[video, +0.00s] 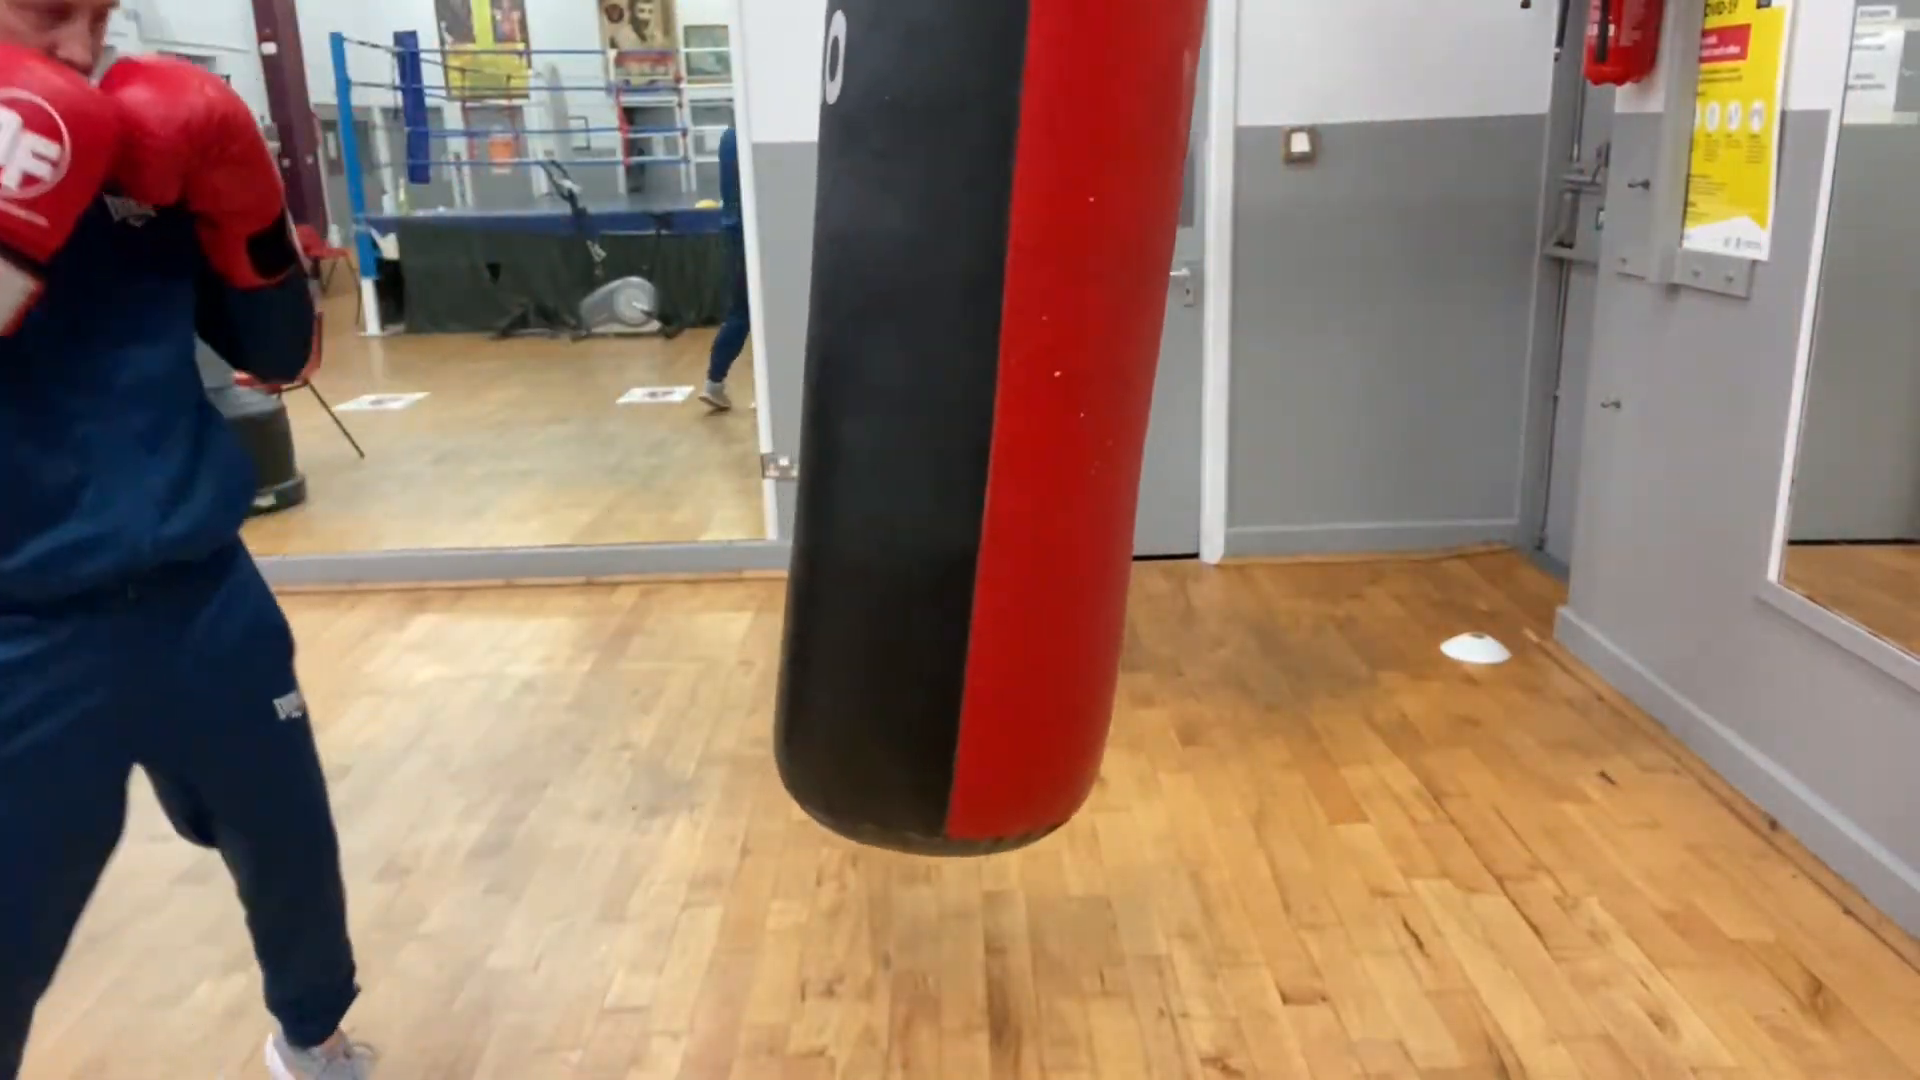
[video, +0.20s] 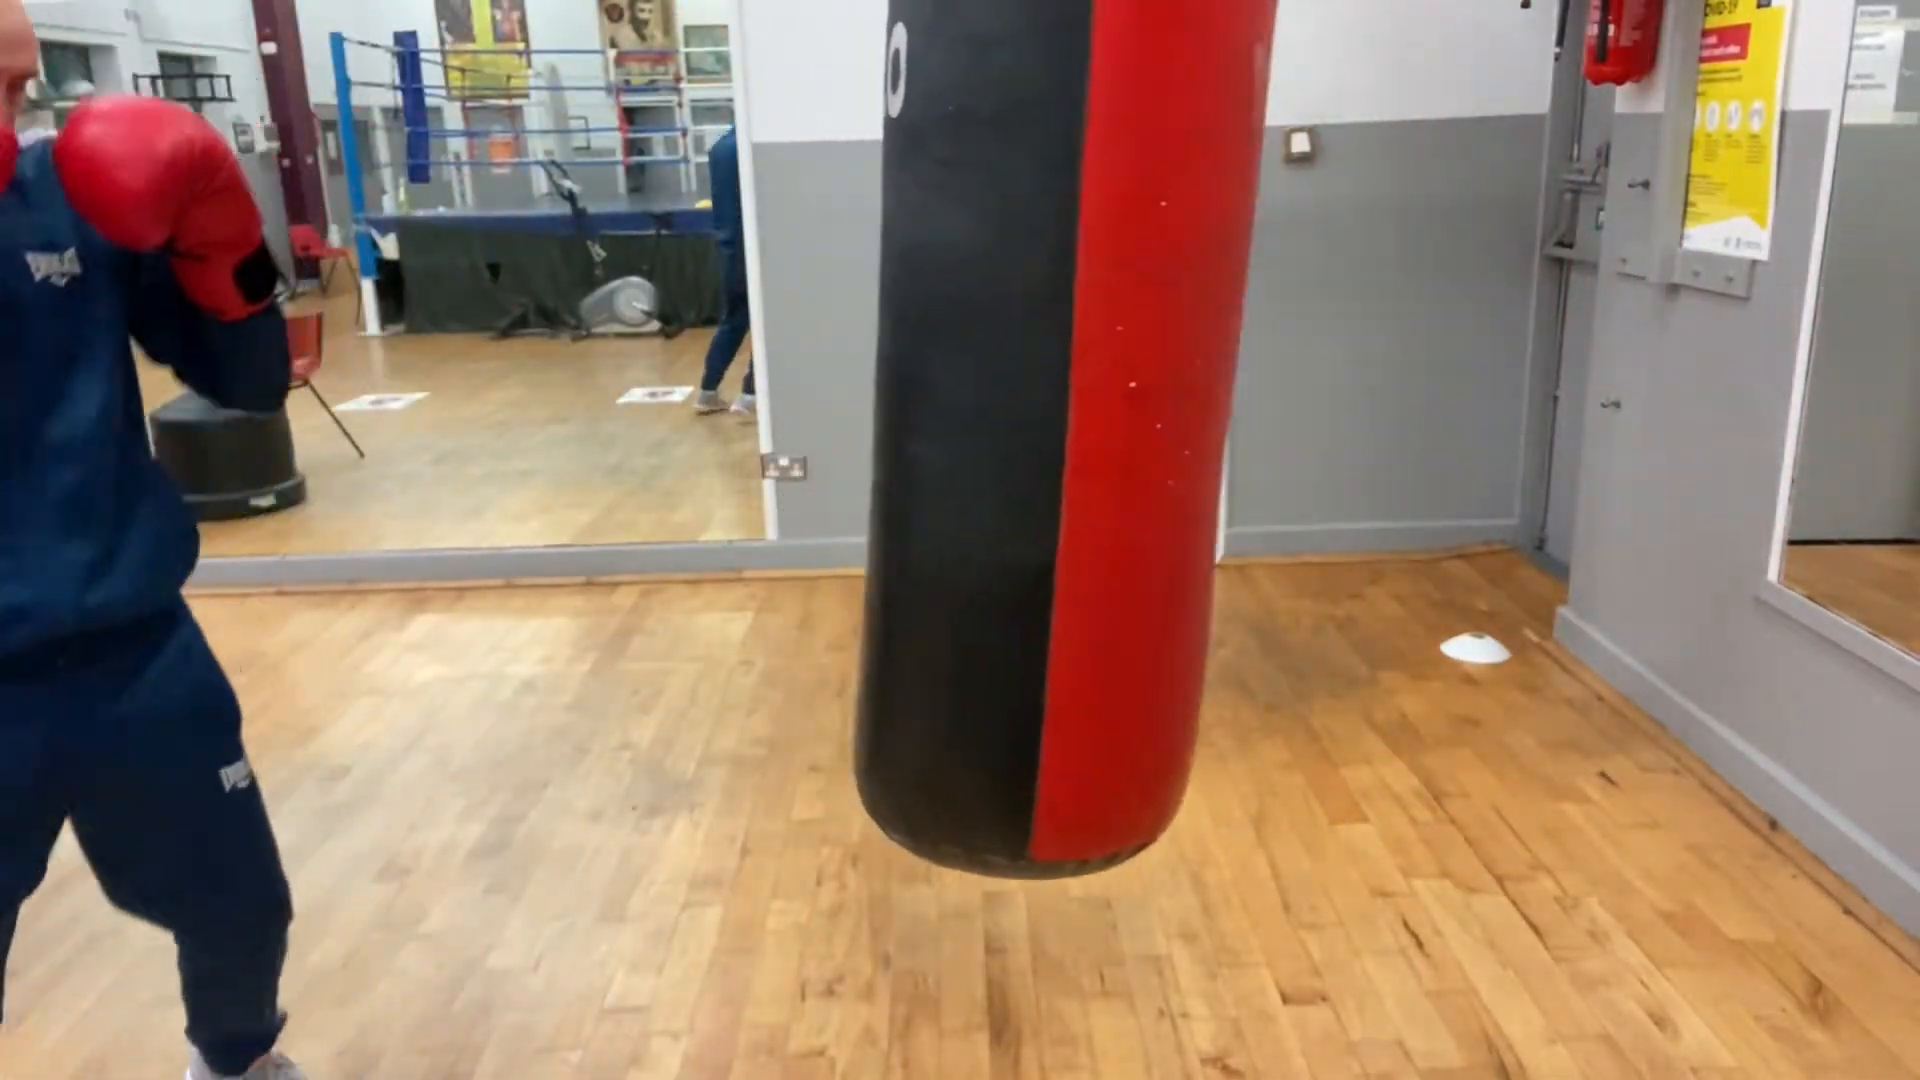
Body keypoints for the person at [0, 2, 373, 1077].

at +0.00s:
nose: (77, 38)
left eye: (94, 13)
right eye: (48, 13)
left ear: (116, 17)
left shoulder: (145, 150)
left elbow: (278, 355)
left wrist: (243, 192)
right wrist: (24, 224)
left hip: (202, 594)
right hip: (33, 626)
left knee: (291, 847)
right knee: (15, 949)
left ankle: (312, 1040)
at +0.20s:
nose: (15, 116)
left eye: (25, 87)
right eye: (3, 90)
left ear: (38, 71)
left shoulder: (78, 193)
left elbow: (250, 380)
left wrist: (215, 228)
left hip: (129, 645)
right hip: (4, 674)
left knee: (240, 904)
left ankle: (236, 1059)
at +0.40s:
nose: (15, 39)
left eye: (22, 24)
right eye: (5, 24)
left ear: (36, 28)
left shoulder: (80, 137)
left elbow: (280, 331)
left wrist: (245, 177)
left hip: (157, 627)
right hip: (9, 673)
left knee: (347, 882)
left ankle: (356, 1042)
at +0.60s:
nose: (139, 169)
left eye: (155, 131)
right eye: (104, 133)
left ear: (170, 119)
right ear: (13, 133)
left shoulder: (209, 227)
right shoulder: (4, 283)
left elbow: (316, 433)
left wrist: (343, 347)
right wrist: (26, 340)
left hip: (258, 701)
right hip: (47, 745)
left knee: (459, 924)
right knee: (6, 1042)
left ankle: (566, 1069)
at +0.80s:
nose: (319, 111)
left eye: (337, 78)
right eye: (290, 73)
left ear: (354, 62)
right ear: (174, 41)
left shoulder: (377, 173)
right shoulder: (51, 212)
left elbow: (534, 356)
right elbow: (105, 464)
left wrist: (527, 214)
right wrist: (210, 253)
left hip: (416, 684)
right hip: (197, 724)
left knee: (563, 969)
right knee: (123, 1053)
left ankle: (579, 1077)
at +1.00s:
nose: (400, 93)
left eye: (417, 57)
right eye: (368, 54)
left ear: (432, 40)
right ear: (255, 31)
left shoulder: (426, 171)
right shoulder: (114, 209)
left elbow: (545, 399)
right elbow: (233, 456)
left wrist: (574, 285)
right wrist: (325, 229)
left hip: (518, 641)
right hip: (333, 723)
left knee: (706, 873)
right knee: (357, 1061)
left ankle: (677, 1037)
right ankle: (302, 1070)